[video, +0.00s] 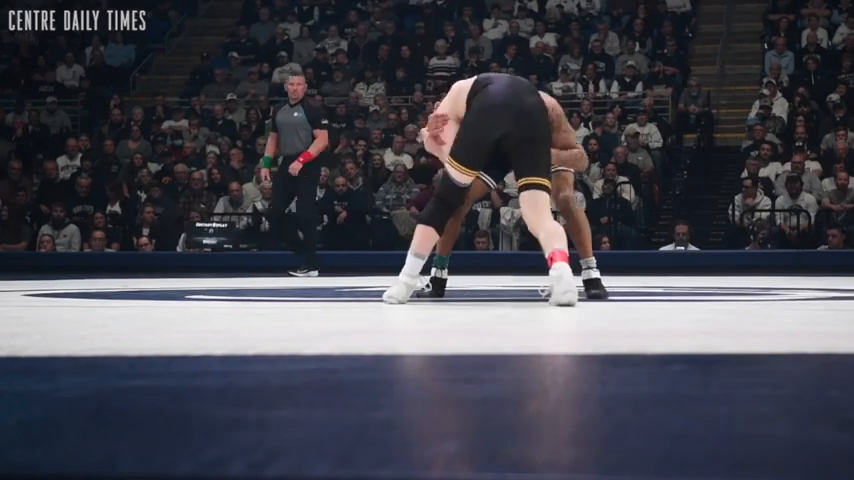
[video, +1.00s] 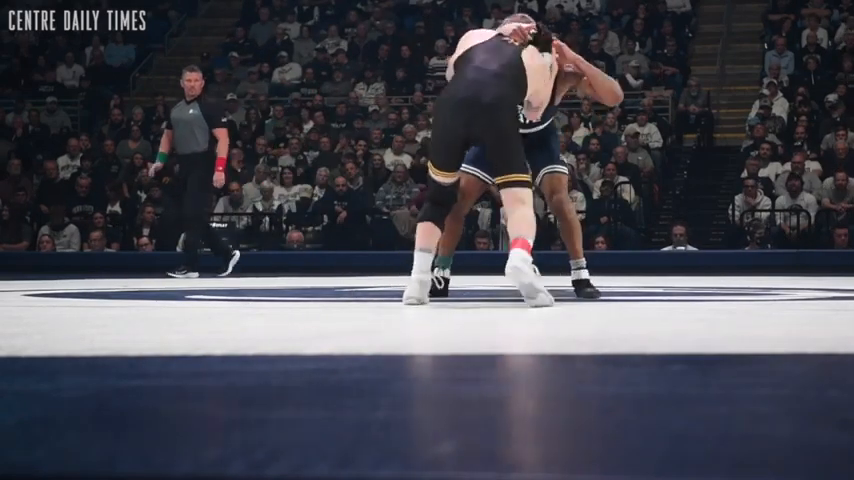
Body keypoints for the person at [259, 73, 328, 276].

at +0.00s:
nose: (295, 88)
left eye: (299, 84)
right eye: (292, 84)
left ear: (305, 86)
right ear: (286, 87)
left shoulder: (313, 108)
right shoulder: (279, 111)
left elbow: (322, 139)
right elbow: (273, 138)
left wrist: (301, 160)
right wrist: (266, 165)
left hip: (308, 165)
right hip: (286, 165)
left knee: (305, 212)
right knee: (276, 213)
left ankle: (311, 264)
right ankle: (302, 254)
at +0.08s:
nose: (287, 88)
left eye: (291, 84)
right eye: (283, 84)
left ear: (298, 86)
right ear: (277, 86)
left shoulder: (306, 109)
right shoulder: (273, 112)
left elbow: (313, 138)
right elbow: (267, 140)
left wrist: (290, 158)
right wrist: (260, 165)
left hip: (301, 166)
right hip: (278, 166)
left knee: (303, 213)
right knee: (268, 210)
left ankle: (308, 263)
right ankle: (275, 260)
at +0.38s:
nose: (253, 88)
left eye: (257, 84)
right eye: (250, 84)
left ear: (264, 87)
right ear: (243, 87)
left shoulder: (270, 108)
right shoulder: (239, 113)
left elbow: (281, 138)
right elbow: (235, 140)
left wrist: (262, 161)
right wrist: (230, 168)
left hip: (268, 166)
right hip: (245, 167)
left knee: (273, 211)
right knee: (241, 213)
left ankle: (301, 256)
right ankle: (241, 265)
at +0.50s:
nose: (240, 86)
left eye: (244, 82)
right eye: (237, 82)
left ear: (251, 85)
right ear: (230, 85)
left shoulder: (258, 106)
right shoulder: (226, 109)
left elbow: (271, 136)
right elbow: (220, 137)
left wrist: (256, 163)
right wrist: (212, 163)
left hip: (252, 163)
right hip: (231, 163)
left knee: (248, 211)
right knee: (234, 215)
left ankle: (281, 247)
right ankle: (240, 265)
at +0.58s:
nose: (232, 85)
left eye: (236, 81)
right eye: (228, 81)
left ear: (243, 83)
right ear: (222, 84)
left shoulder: (250, 105)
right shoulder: (218, 110)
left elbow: (263, 135)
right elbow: (211, 138)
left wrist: (254, 163)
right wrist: (202, 161)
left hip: (244, 161)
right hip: (225, 163)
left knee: (233, 207)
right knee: (230, 210)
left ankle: (259, 249)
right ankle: (240, 263)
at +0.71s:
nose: (219, 85)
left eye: (223, 81)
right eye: (215, 81)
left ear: (230, 83)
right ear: (209, 84)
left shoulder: (239, 106)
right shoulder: (206, 111)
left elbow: (252, 136)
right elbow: (197, 138)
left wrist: (248, 166)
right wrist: (185, 160)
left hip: (232, 163)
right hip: (214, 164)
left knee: (218, 209)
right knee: (226, 212)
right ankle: (239, 263)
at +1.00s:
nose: (191, 85)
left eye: (195, 81)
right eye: (188, 81)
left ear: (202, 82)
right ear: (182, 83)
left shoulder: (210, 106)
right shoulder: (176, 109)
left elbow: (223, 138)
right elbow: (167, 136)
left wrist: (220, 169)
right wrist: (160, 160)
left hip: (202, 164)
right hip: (183, 165)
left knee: (194, 212)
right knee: (191, 214)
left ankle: (190, 265)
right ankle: (227, 253)